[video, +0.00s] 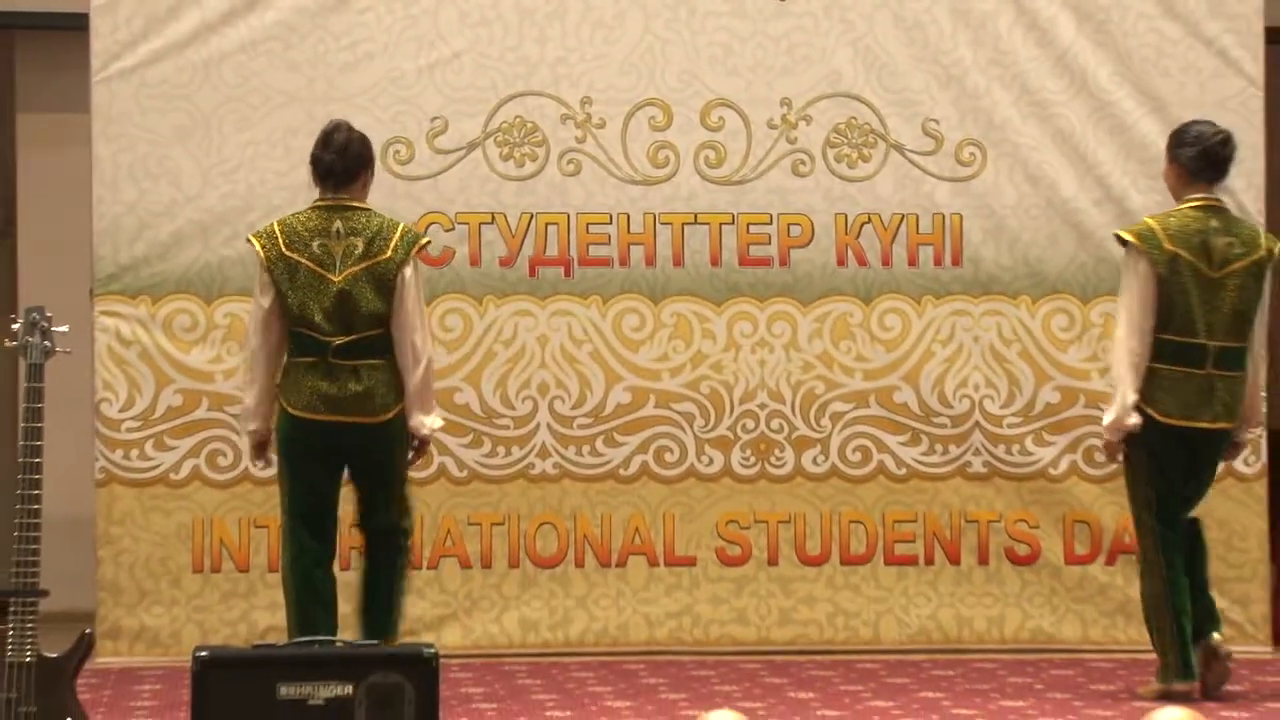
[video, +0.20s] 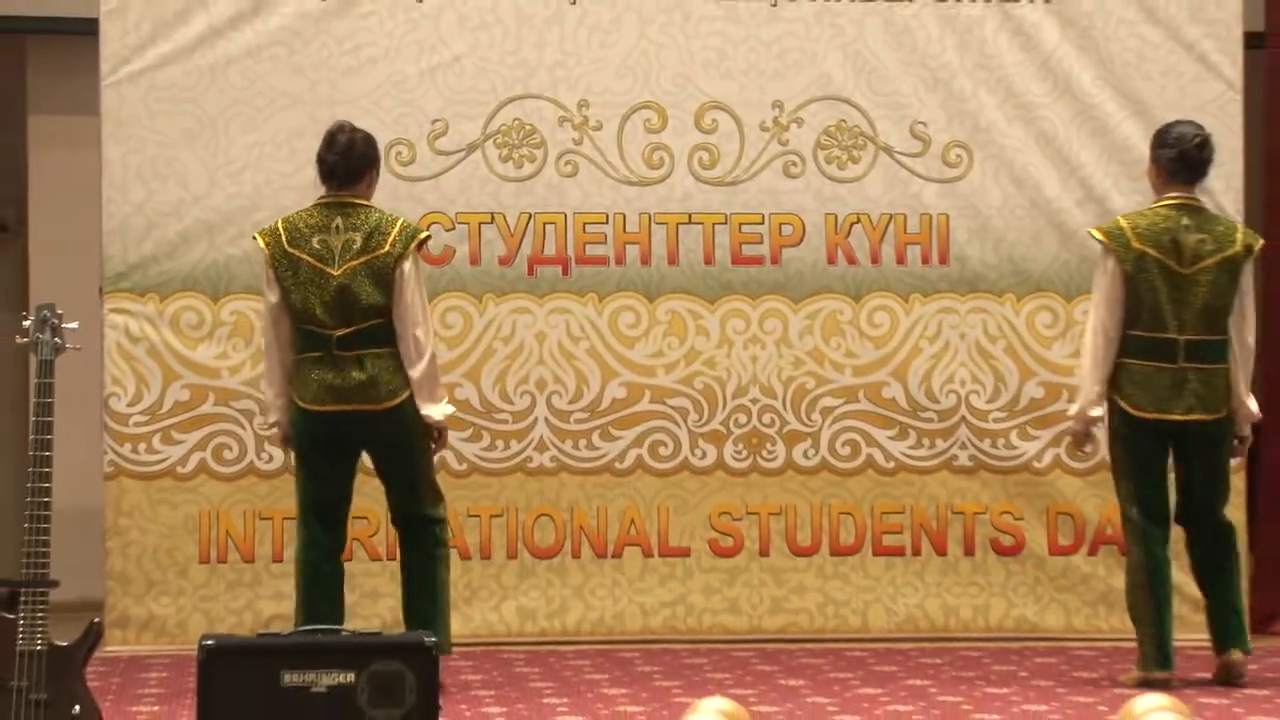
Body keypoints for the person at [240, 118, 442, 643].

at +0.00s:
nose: (369, 179)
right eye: (370, 171)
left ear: (314, 173)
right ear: (368, 174)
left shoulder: (276, 240)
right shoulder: (394, 240)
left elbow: (265, 338)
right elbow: (411, 337)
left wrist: (259, 417)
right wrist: (420, 416)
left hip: (304, 421)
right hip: (377, 421)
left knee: (307, 544)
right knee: (386, 534)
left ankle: (311, 667)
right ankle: (377, 659)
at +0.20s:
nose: (377, 180)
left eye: (366, 172)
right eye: (376, 172)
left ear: (320, 173)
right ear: (373, 175)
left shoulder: (281, 238)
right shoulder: (393, 235)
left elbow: (277, 336)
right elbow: (412, 330)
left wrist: (281, 413)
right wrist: (432, 407)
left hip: (317, 413)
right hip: (388, 409)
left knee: (319, 536)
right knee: (421, 524)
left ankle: (316, 660)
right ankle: (426, 651)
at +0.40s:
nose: (389, 182)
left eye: (380, 174)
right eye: (388, 175)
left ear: (332, 181)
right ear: (382, 179)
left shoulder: (299, 244)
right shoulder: (407, 239)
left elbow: (290, 338)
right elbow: (427, 330)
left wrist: (290, 415)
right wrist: (447, 403)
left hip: (336, 412)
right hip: (404, 409)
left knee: (330, 534)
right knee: (416, 536)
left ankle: (317, 654)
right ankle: (417, 656)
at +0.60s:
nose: (402, 185)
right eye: (403, 178)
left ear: (351, 182)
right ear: (401, 181)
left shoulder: (324, 244)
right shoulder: (428, 238)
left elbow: (313, 336)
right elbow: (449, 330)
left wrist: (307, 408)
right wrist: (465, 400)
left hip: (358, 411)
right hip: (424, 409)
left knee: (346, 524)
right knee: (423, 532)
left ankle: (322, 643)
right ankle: (415, 653)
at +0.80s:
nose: (408, 184)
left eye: (383, 175)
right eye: (415, 176)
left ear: (368, 180)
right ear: (419, 180)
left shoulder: (340, 242)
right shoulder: (445, 240)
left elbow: (330, 328)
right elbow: (459, 325)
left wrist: (327, 399)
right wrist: (469, 394)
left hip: (367, 407)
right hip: (431, 406)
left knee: (362, 511)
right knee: (425, 519)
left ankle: (366, 624)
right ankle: (416, 633)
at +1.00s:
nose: (392, 185)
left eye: (381, 177)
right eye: (415, 176)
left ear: (376, 180)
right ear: (425, 181)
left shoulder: (352, 239)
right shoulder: (455, 242)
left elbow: (338, 323)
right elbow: (460, 326)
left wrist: (330, 393)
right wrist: (462, 392)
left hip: (367, 398)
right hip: (432, 401)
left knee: (344, 500)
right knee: (424, 515)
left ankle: (351, 616)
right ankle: (417, 625)